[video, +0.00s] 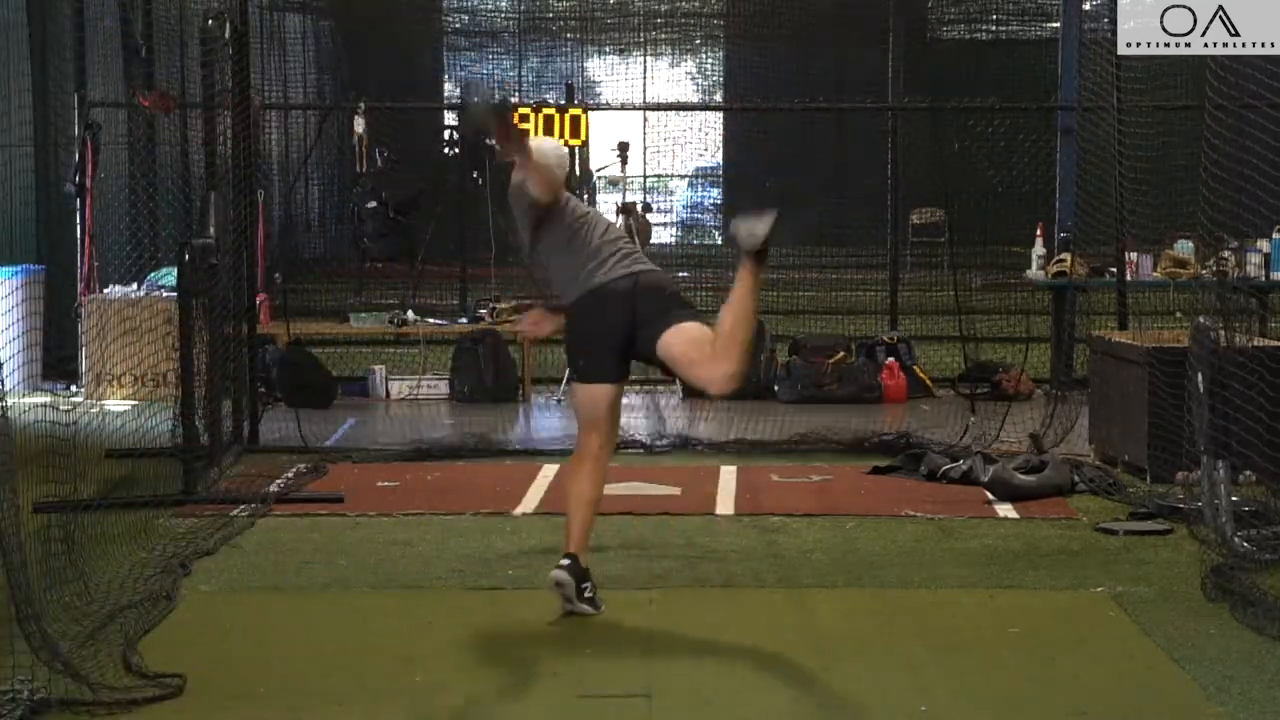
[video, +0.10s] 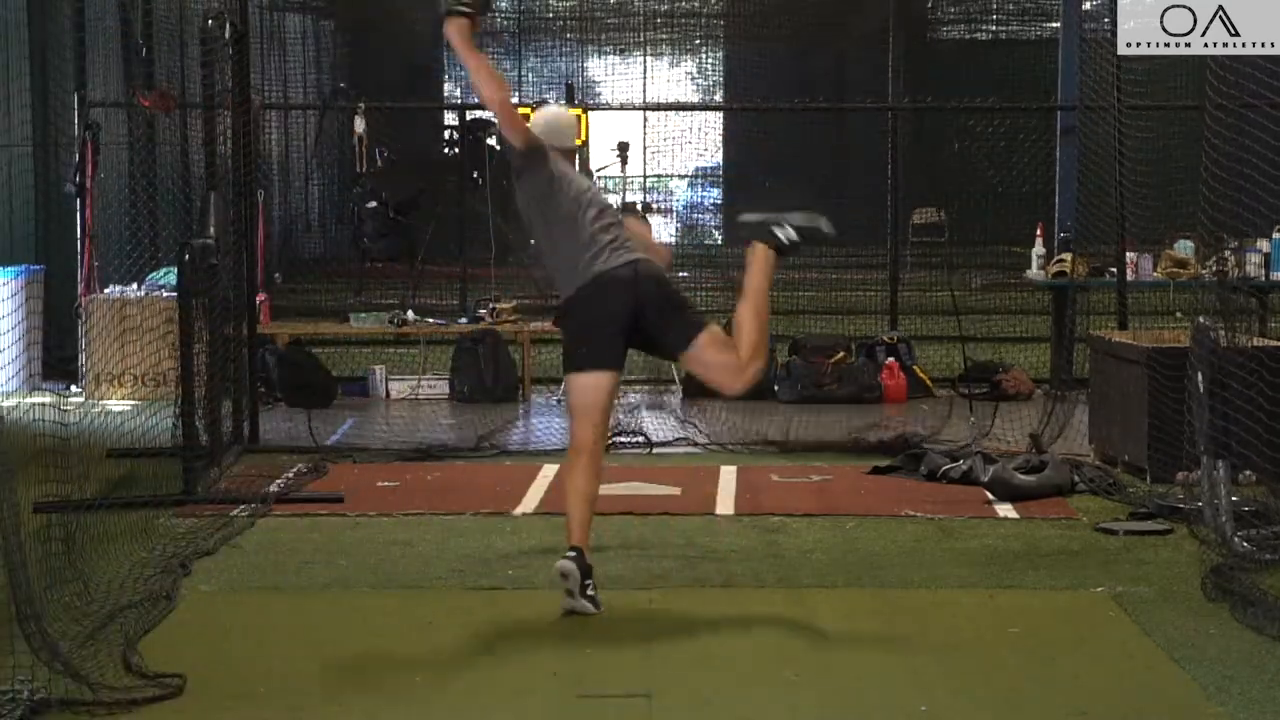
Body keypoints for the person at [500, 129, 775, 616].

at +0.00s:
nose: (501, 157)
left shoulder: (524, 185)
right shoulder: (550, 210)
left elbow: (550, 182)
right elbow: (606, 277)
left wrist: (526, 152)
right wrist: (561, 315)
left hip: (597, 306)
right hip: (647, 288)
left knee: (593, 443)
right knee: (720, 376)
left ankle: (574, 561)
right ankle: (751, 257)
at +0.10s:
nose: (518, 138)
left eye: (526, 132)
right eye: (524, 132)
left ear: (536, 141)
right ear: (577, 148)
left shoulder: (536, 162)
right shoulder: (594, 197)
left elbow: (502, 107)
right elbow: (655, 252)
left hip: (593, 297)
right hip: (643, 287)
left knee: (586, 442)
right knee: (738, 374)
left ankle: (577, 556)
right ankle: (765, 244)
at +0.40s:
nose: (568, 132)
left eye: (565, 125)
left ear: (564, 127)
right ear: (606, 128)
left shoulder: (547, 182)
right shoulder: (633, 180)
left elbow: (525, 262)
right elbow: (680, 239)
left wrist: (522, 327)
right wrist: (709, 287)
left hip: (598, 307)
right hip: (639, 302)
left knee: (609, 423)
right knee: (610, 423)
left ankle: (676, 429)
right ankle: (646, 525)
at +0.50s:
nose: (556, 118)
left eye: (555, 111)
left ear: (556, 114)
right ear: (596, 116)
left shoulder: (549, 168)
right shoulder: (621, 164)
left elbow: (567, 243)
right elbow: (672, 224)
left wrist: (560, 317)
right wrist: (676, 272)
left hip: (601, 295)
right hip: (645, 293)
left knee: (586, 412)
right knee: (616, 408)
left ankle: (671, 442)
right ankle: (649, 521)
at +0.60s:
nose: (546, 88)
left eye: (546, 82)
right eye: (554, 83)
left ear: (547, 85)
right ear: (586, 84)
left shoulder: (561, 131)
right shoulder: (604, 126)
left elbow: (591, 188)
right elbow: (646, 176)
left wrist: (574, 262)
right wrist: (624, 215)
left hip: (605, 261)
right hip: (640, 260)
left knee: (576, 374)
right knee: (639, 374)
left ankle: (630, 477)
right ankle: (648, 488)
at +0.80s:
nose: (548, 91)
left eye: (548, 85)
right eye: (551, 85)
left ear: (553, 87)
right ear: (588, 85)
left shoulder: (576, 123)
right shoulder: (588, 126)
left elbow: (611, 155)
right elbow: (591, 197)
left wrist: (577, 198)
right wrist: (547, 211)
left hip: (583, 265)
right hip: (611, 262)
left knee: (577, 380)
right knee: (615, 372)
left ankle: (597, 492)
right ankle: (677, 465)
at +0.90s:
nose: (546, 109)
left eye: (549, 102)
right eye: (549, 102)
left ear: (558, 105)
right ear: (585, 105)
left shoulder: (580, 143)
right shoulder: (579, 146)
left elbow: (605, 181)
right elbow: (572, 209)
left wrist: (581, 208)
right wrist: (527, 217)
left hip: (582, 280)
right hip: (603, 279)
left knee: (568, 388)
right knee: (598, 379)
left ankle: (602, 501)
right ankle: (666, 452)